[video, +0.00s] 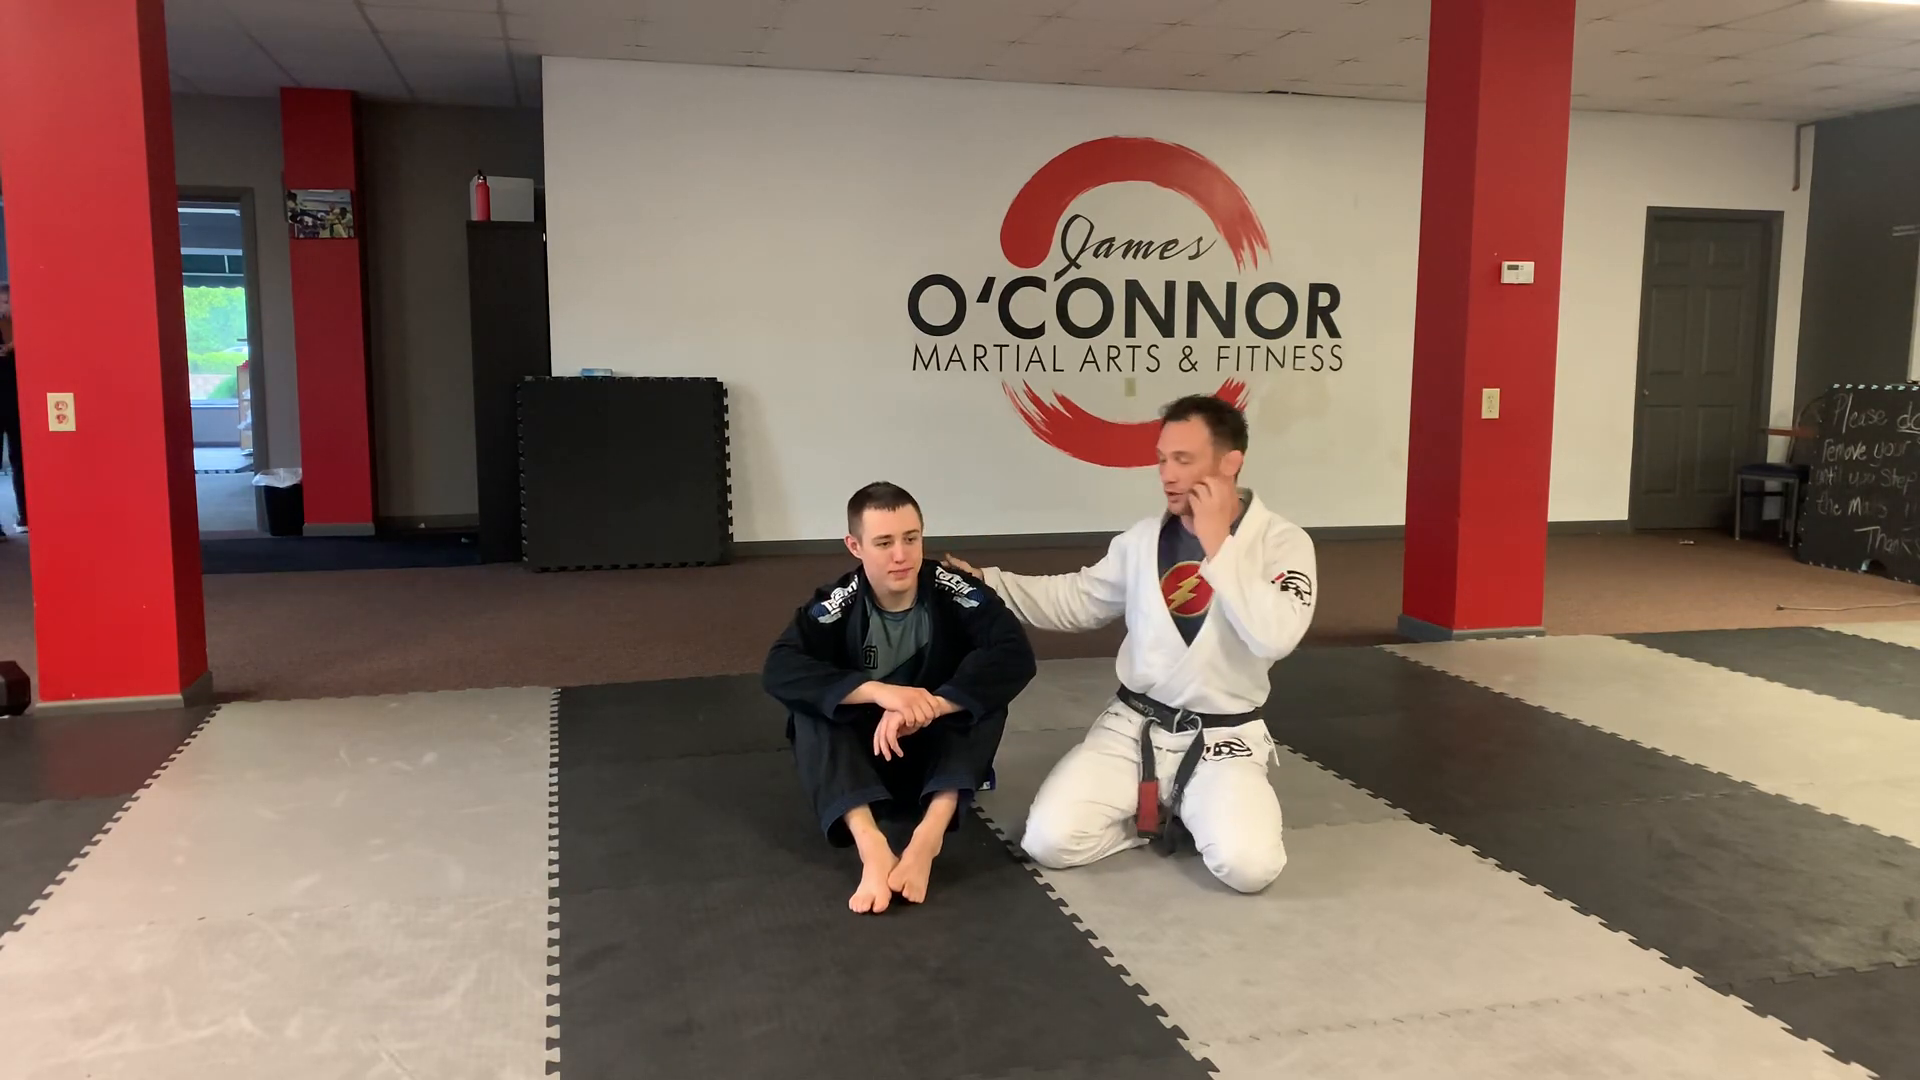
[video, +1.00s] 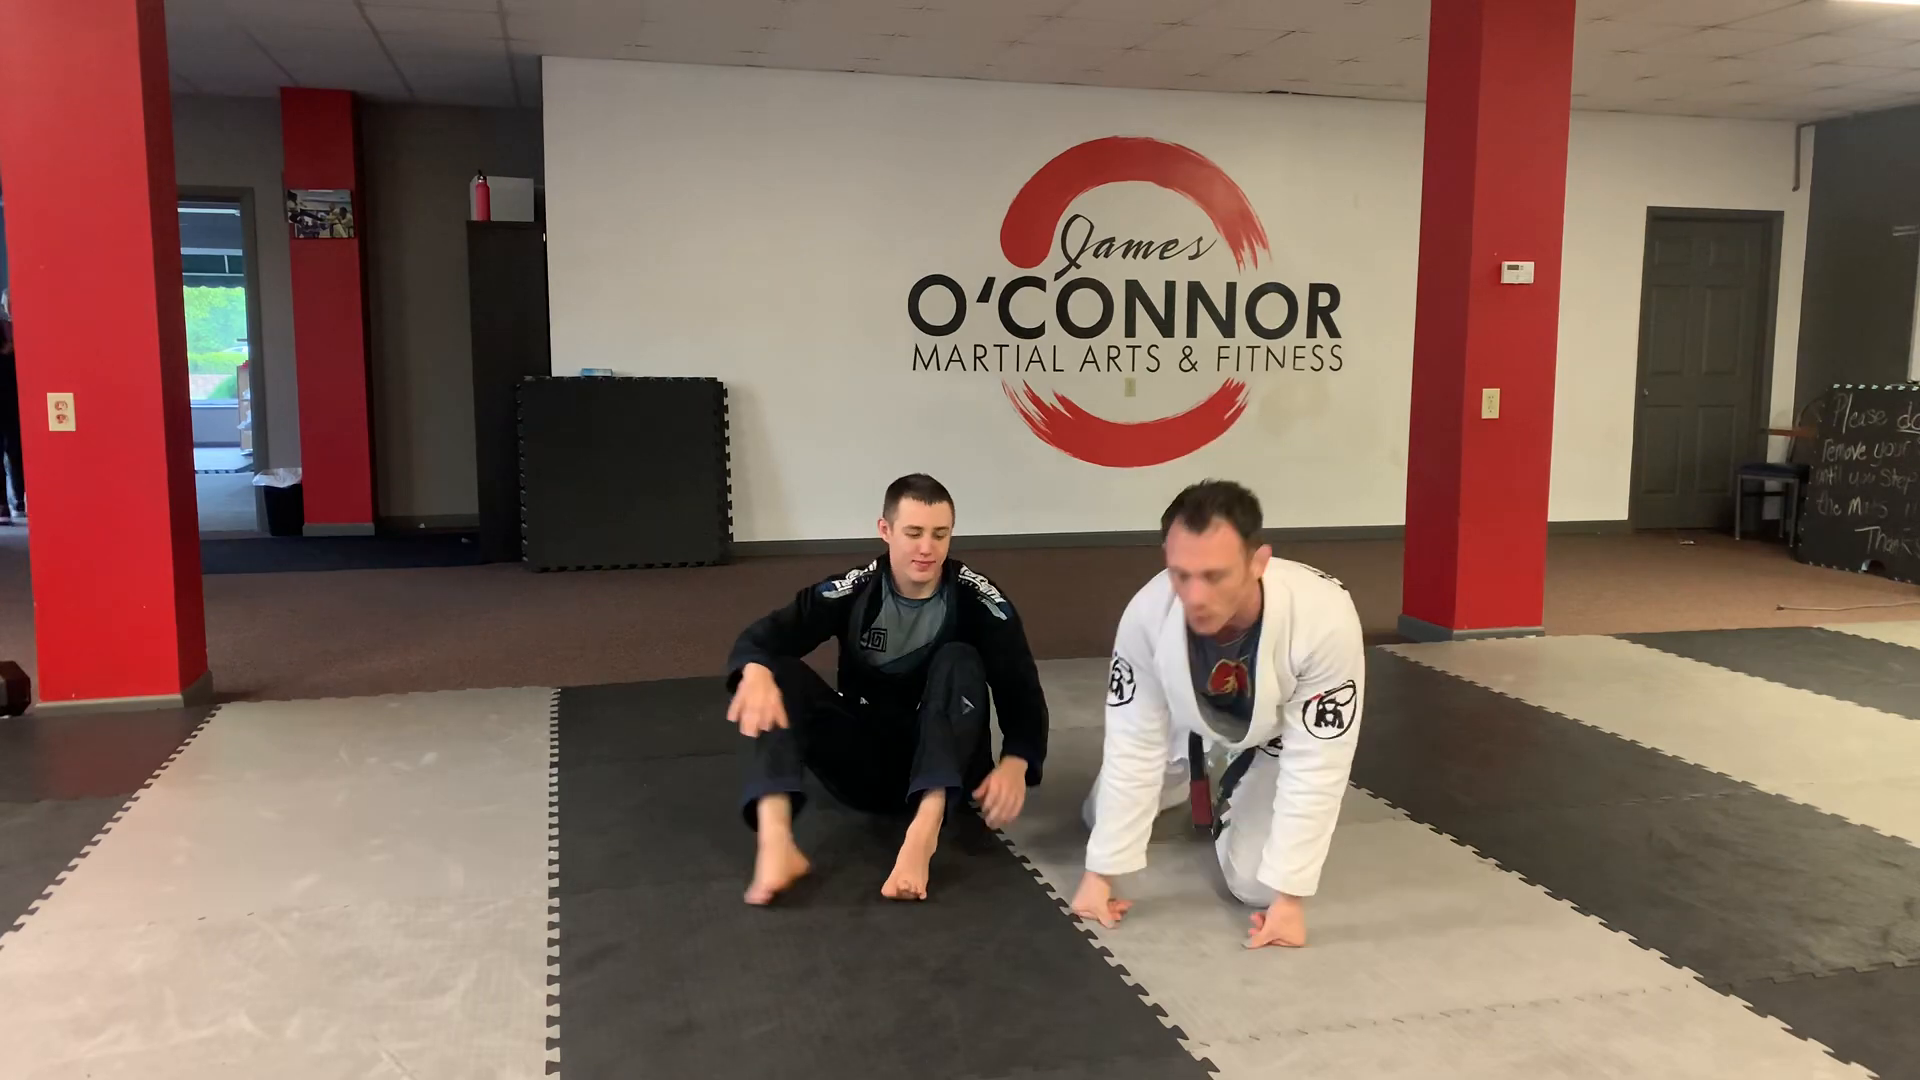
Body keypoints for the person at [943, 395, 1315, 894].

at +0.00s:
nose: (1166, 476)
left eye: (1182, 460)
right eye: (1162, 460)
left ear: (1231, 464)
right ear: (1157, 461)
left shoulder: (1282, 542)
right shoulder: (1141, 542)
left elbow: (1274, 636)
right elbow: (1077, 600)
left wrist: (1218, 543)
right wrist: (986, 582)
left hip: (1224, 739)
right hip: (1129, 727)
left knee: (1251, 867)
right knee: (1048, 842)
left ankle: (1198, 800)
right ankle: (1157, 809)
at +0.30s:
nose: (1236, 474)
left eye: (1253, 459)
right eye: (1223, 459)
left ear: (1280, 470)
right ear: (1204, 467)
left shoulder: (1319, 559)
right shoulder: (1168, 541)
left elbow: (1328, 671)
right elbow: (1118, 608)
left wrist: (1279, 574)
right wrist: (1032, 586)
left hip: (1247, 740)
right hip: (1150, 724)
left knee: (1257, 860)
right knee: (1072, 845)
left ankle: (1209, 799)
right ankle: (1161, 807)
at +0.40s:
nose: (1243, 477)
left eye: (1261, 464)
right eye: (1230, 462)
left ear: (1287, 479)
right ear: (1210, 475)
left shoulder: (1326, 574)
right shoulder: (1172, 549)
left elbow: (1345, 696)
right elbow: (1131, 620)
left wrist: (1284, 631)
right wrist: (1081, 631)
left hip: (1250, 743)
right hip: (1160, 723)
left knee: (1248, 866)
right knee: (1107, 848)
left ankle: (1213, 796)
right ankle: (1174, 798)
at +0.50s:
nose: (1247, 489)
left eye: (1266, 473)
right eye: (1233, 472)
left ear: (1293, 487)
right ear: (1214, 483)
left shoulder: (1335, 581)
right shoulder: (1174, 562)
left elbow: (1353, 694)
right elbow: (1120, 637)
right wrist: (1083, 682)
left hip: (1264, 744)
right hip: (1171, 726)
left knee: (1256, 869)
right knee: (1135, 855)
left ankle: (1220, 800)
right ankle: (1183, 798)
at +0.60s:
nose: (1250, 496)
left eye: (1268, 480)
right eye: (1235, 480)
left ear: (1296, 492)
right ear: (1215, 490)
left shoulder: (1341, 584)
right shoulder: (1179, 569)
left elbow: (1347, 705)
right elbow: (1121, 662)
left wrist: (1288, 800)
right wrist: (1084, 771)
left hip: (1279, 737)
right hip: (1181, 722)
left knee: (1261, 875)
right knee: (1140, 859)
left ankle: (1223, 804)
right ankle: (1193, 806)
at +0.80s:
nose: (1234, 530)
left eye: (1252, 511)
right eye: (1219, 511)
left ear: (1287, 514)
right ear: (1200, 514)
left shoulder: (1339, 600)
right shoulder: (1171, 584)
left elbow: (1334, 742)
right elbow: (1141, 708)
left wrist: (1294, 870)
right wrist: (1115, 833)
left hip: (1282, 738)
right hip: (1189, 718)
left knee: (1254, 875)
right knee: (1096, 830)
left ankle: (1245, 800)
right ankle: (1201, 800)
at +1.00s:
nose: (1194, 597)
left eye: (1214, 576)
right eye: (1181, 576)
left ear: (1258, 565)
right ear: (1167, 564)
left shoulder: (1323, 619)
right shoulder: (1148, 616)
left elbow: (1318, 763)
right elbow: (1132, 746)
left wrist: (1290, 897)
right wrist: (1098, 873)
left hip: (1277, 742)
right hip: (1188, 729)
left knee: (1253, 884)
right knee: (1103, 815)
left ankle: (1243, 791)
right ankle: (1201, 760)